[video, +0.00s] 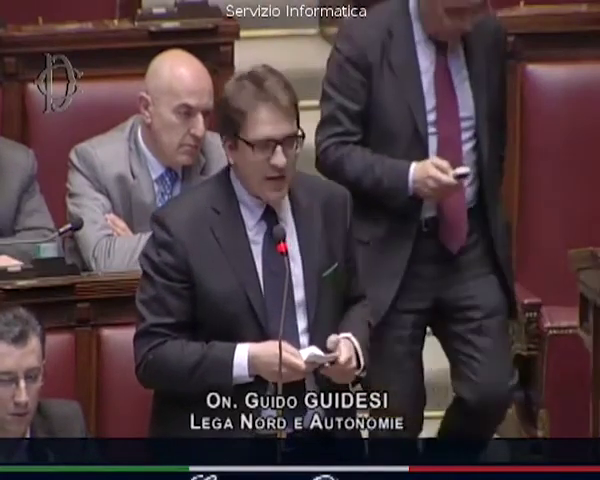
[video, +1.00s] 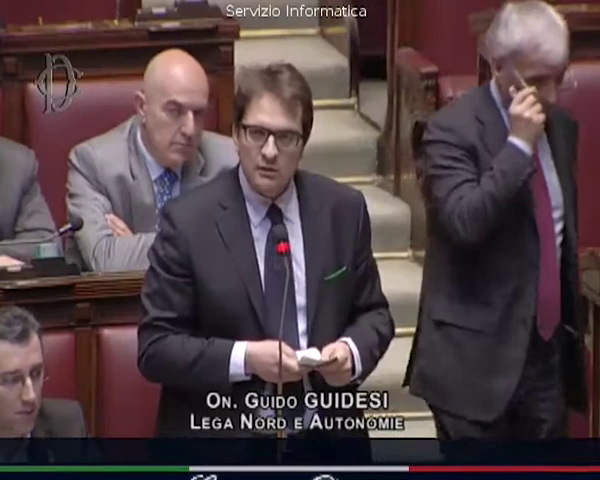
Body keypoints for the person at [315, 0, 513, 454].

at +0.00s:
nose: (466, 27)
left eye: (475, 15)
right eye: (456, 15)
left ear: (484, 9)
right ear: (426, 1)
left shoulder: (487, 35)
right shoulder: (365, 36)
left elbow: (493, 142)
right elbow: (332, 150)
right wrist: (407, 176)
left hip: (472, 246)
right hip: (394, 250)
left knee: (490, 392)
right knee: (399, 413)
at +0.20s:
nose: (471, 31)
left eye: (480, 18)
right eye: (461, 18)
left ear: (491, 9)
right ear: (429, 2)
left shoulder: (492, 40)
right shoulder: (369, 44)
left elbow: (499, 151)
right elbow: (335, 154)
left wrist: (507, 269)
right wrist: (410, 182)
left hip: (474, 255)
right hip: (395, 260)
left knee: (490, 405)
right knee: (399, 420)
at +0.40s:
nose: (490, 46)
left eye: (499, 31)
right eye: (476, 32)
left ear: (508, 19)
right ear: (438, 13)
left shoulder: (507, 65)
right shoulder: (383, 67)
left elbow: (511, 178)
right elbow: (355, 171)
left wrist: (509, 285)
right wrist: (433, 177)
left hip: (485, 278)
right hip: (407, 281)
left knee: (491, 442)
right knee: (410, 443)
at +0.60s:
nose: (513, 76)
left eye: (521, 60)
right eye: (499, 63)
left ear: (529, 49)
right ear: (461, 49)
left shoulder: (526, 101)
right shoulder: (413, 104)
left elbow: (532, 218)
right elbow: (406, 207)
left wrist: (536, 321)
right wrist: (471, 148)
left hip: (514, 319)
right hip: (440, 323)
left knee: (509, 475)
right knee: (439, 477)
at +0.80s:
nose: (534, 85)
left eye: (542, 70)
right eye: (520, 73)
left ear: (550, 57)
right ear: (484, 61)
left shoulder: (547, 115)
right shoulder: (437, 118)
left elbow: (551, 225)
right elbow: (447, 217)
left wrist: (563, 315)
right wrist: (503, 140)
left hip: (535, 331)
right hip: (463, 336)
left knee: (534, 479)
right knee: (470, 479)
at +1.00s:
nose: (550, 94)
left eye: (558, 78)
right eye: (536, 81)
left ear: (565, 65)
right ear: (496, 68)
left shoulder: (562, 128)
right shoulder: (449, 129)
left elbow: (566, 239)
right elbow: (464, 224)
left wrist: (572, 331)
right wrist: (518, 144)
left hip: (546, 349)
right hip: (475, 353)